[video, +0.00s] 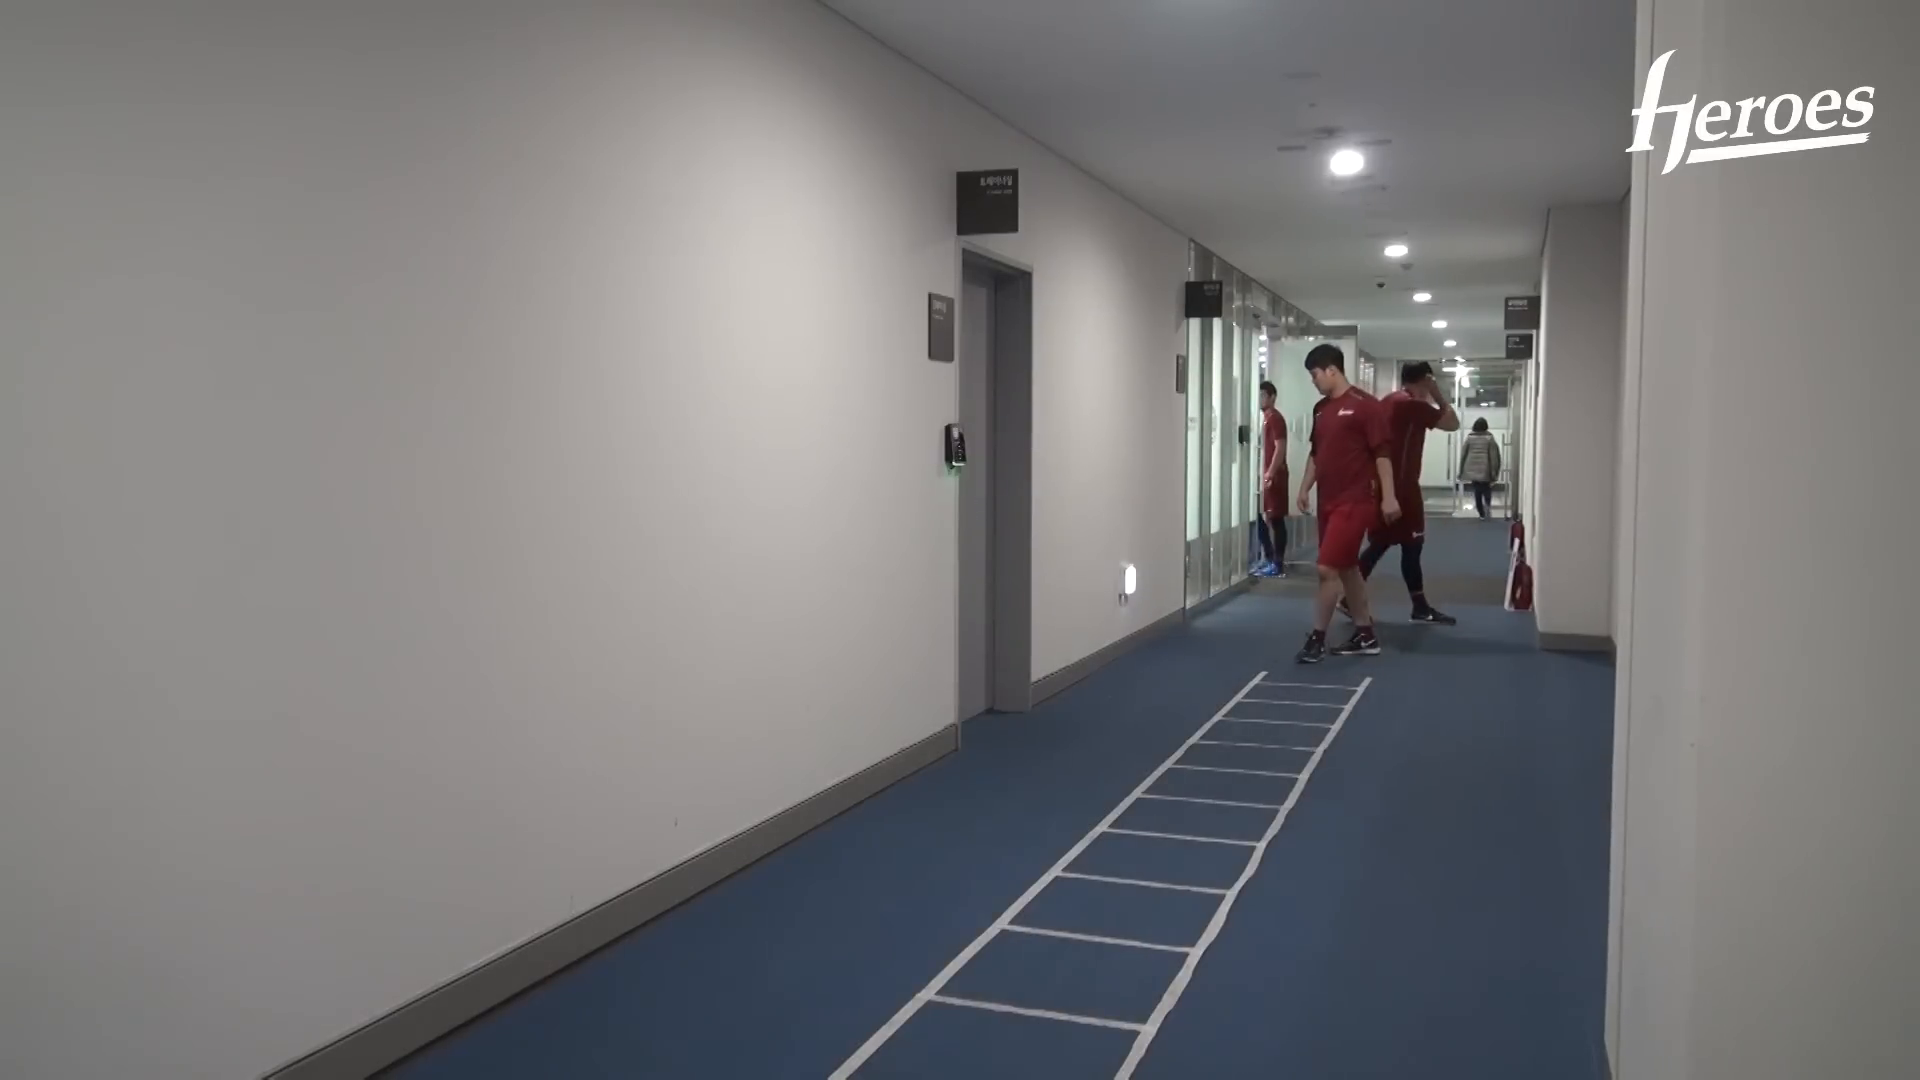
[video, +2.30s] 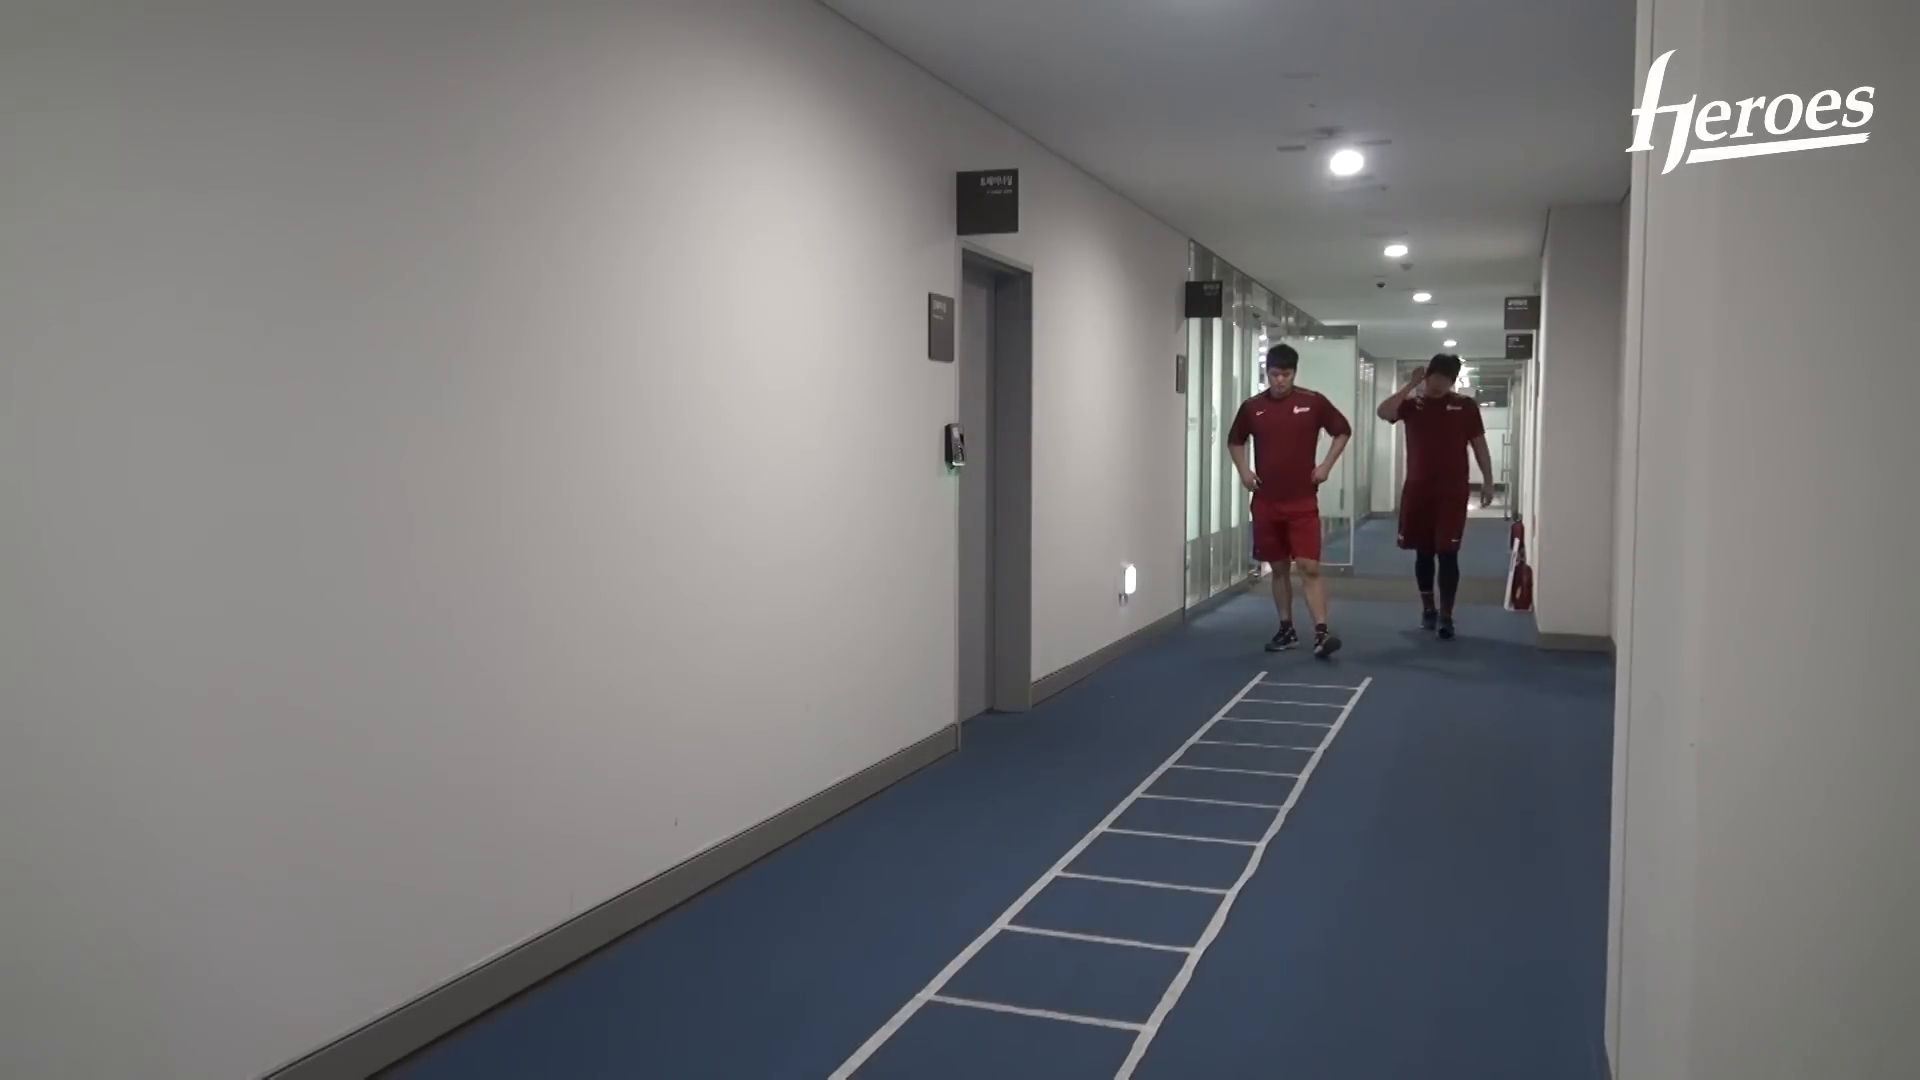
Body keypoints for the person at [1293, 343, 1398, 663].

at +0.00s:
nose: (1312, 381)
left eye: (1315, 374)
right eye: (1311, 375)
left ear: (1331, 370)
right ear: (1327, 372)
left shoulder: (1367, 406)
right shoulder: (1321, 409)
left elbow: (1382, 453)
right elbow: (1316, 453)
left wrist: (1389, 496)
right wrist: (1304, 488)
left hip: (1355, 501)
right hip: (1327, 502)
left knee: (1328, 568)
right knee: (1347, 569)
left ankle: (1318, 636)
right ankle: (1365, 634)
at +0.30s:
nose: (1305, 375)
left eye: (1309, 368)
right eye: (1303, 369)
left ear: (1327, 365)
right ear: (1307, 370)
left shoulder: (1350, 401)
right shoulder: (1310, 403)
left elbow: (1356, 452)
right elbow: (1304, 449)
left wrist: (1354, 496)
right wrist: (1300, 486)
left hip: (1339, 497)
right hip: (1315, 497)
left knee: (1322, 570)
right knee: (1333, 568)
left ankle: (1316, 637)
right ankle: (1357, 625)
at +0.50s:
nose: (1310, 372)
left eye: (1316, 366)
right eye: (1306, 367)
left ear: (1331, 366)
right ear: (1303, 368)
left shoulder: (1345, 399)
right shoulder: (1305, 401)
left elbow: (1342, 449)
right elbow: (1299, 448)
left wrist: (1312, 482)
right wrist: (1296, 486)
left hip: (1336, 496)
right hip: (1310, 495)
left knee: (1327, 568)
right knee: (1302, 561)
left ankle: (1319, 636)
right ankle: (1340, 615)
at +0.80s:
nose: (1317, 369)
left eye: (1324, 363)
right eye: (1312, 363)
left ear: (1336, 365)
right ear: (1306, 365)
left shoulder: (1347, 400)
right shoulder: (1300, 400)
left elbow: (1346, 454)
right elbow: (1293, 448)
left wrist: (1319, 490)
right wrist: (1291, 487)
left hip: (1332, 495)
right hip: (1303, 492)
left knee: (1322, 569)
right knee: (1288, 555)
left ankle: (1319, 638)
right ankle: (1297, 616)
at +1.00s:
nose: (1320, 373)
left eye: (1327, 367)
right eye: (1316, 366)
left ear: (1338, 368)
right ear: (1308, 365)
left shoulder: (1352, 402)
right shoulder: (1295, 401)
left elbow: (1359, 453)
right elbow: (1287, 448)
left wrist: (1362, 496)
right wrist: (1291, 487)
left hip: (1333, 502)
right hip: (1298, 496)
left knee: (1324, 571)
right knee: (1276, 552)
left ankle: (1318, 638)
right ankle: (1277, 611)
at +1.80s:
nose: (1295, 381)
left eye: (1301, 375)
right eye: (1290, 375)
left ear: (1309, 376)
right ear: (1281, 375)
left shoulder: (1326, 407)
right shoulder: (1263, 409)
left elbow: (1354, 437)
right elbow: (1243, 438)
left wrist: (1337, 471)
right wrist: (1248, 469)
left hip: (1309, 504)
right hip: (1273, 503)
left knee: (1309, 570)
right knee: (1282, 570)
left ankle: (1317, 636)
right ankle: (1286, 629)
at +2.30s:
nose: (1279, 380)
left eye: (1285, 374)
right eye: (1274, 373)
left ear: (1294, 374)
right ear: (1267, 373)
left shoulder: (1314, 402)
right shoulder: (1251, 408)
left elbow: (1342, 431)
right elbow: (1235, 441)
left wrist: (1325, 466)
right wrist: (1244, 471)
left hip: (1303, 501)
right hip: (1267, 502)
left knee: (1308, 566)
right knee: (1279, 569)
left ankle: (1322, 634)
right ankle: (1285, 630)